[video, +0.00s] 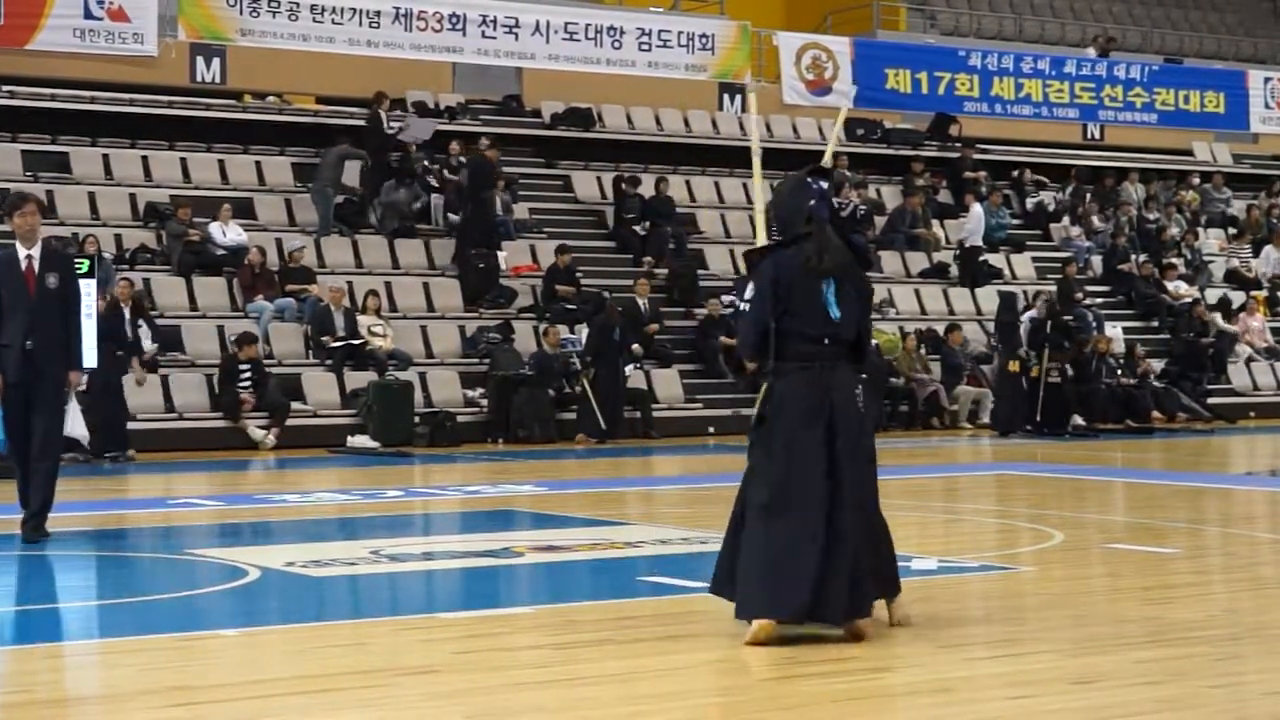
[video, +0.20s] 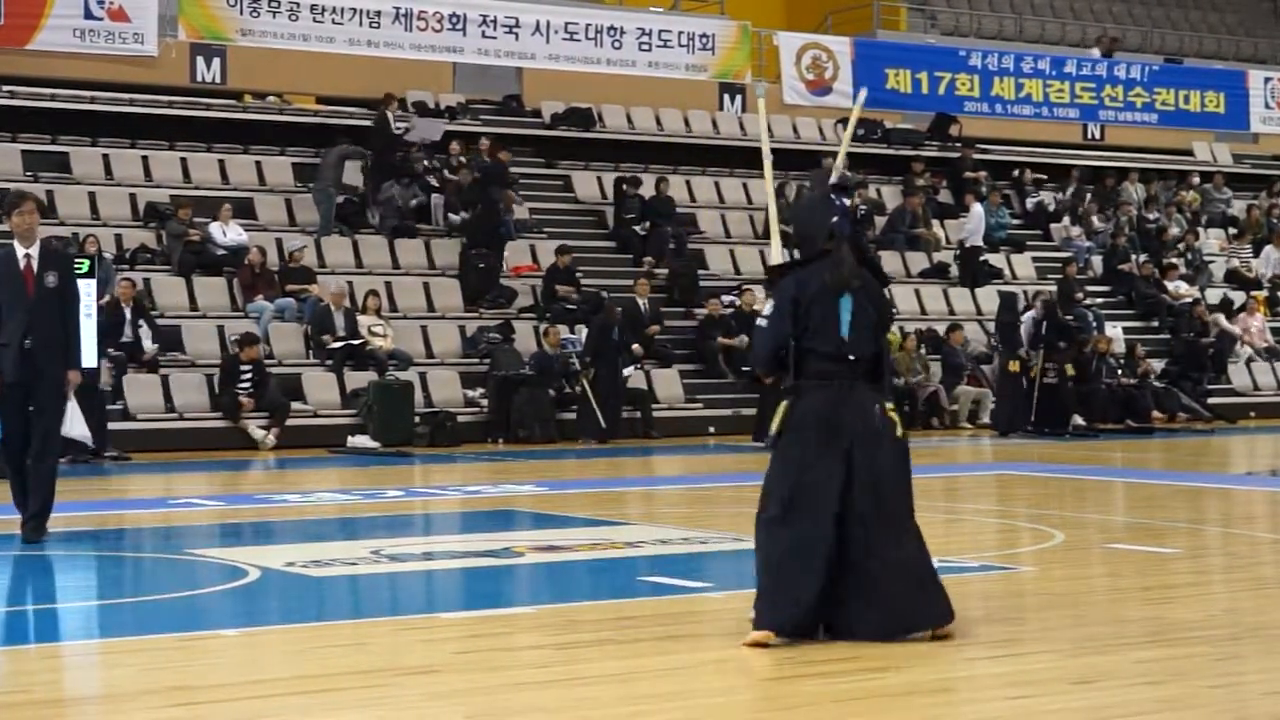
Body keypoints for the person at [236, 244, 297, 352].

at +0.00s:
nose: (251, 257)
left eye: (255, 254)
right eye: (250, 254)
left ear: (262, 258)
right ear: (248, 257)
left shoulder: (268, 273)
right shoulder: (244, 271)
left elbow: (276, 292)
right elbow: (246, 284)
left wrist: (264, 296)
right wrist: (247, 265)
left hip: (270, 301)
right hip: (251, 302)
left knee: (290, 303)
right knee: (268, 308)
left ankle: (289, 335)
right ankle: (262, 341)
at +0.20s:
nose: (252, 257)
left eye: (255, 254)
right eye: (251, 254)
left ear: (262, 258)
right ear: (248, 256)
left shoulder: (268, 272)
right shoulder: (244, 271)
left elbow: (276, 292)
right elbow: (246, 283)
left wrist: (264, 296)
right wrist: (247, 265)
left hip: (270, 301)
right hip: (251, 302)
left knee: (290, 303)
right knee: (269, 308)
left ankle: (289, 335)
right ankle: (262, 341)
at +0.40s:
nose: (252, 257)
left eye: (255, 254)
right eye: (251, 254)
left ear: (263, 258)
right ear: (249, 256)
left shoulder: (269, 273)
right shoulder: (245, 271)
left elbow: (277, 292)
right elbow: (246, 284)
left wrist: (265, 296)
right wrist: (247, 265)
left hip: (271, 301)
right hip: (252, 302)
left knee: (291, 303)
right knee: (269, 308)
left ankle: (289, 333)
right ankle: (261, 339)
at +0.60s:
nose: (253, 257)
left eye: (257, 254)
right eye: (252, 254)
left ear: (263, 258)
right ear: (250, 256)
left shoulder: (270, 273)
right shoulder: (246, 271)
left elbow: (278, 292)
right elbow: (248, 285)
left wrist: (265, 296)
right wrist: (249, 265)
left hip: (271, 300)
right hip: (253, 302)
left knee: (292, 303)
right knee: (270, 308)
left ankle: (290, 334)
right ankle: (262, 340)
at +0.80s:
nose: (253, 256)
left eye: (256, 253)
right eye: (252, 253)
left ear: (263, 257)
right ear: (249, 256)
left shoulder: (269, 272)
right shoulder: (245, 271)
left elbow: (278, 291)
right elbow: (247, 285)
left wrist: (265, 296)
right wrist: (249, 265)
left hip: (271, 300)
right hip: (253, 302)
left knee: (291, 302)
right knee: (269, 308)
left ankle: (290, 334)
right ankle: (262, 340)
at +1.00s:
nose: (253, 257)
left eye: (257, 254)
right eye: (252, 254)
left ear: (263, 258)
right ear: (250, 256)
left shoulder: (269, 272)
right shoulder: (245, 271)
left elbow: (278, 292)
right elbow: (247, 285)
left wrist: (265, 296)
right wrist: (249, 265)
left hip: (271, 300)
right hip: (253, 302)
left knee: (291, 302)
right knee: (269, 308)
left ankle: (290, 334)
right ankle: (262, 340)